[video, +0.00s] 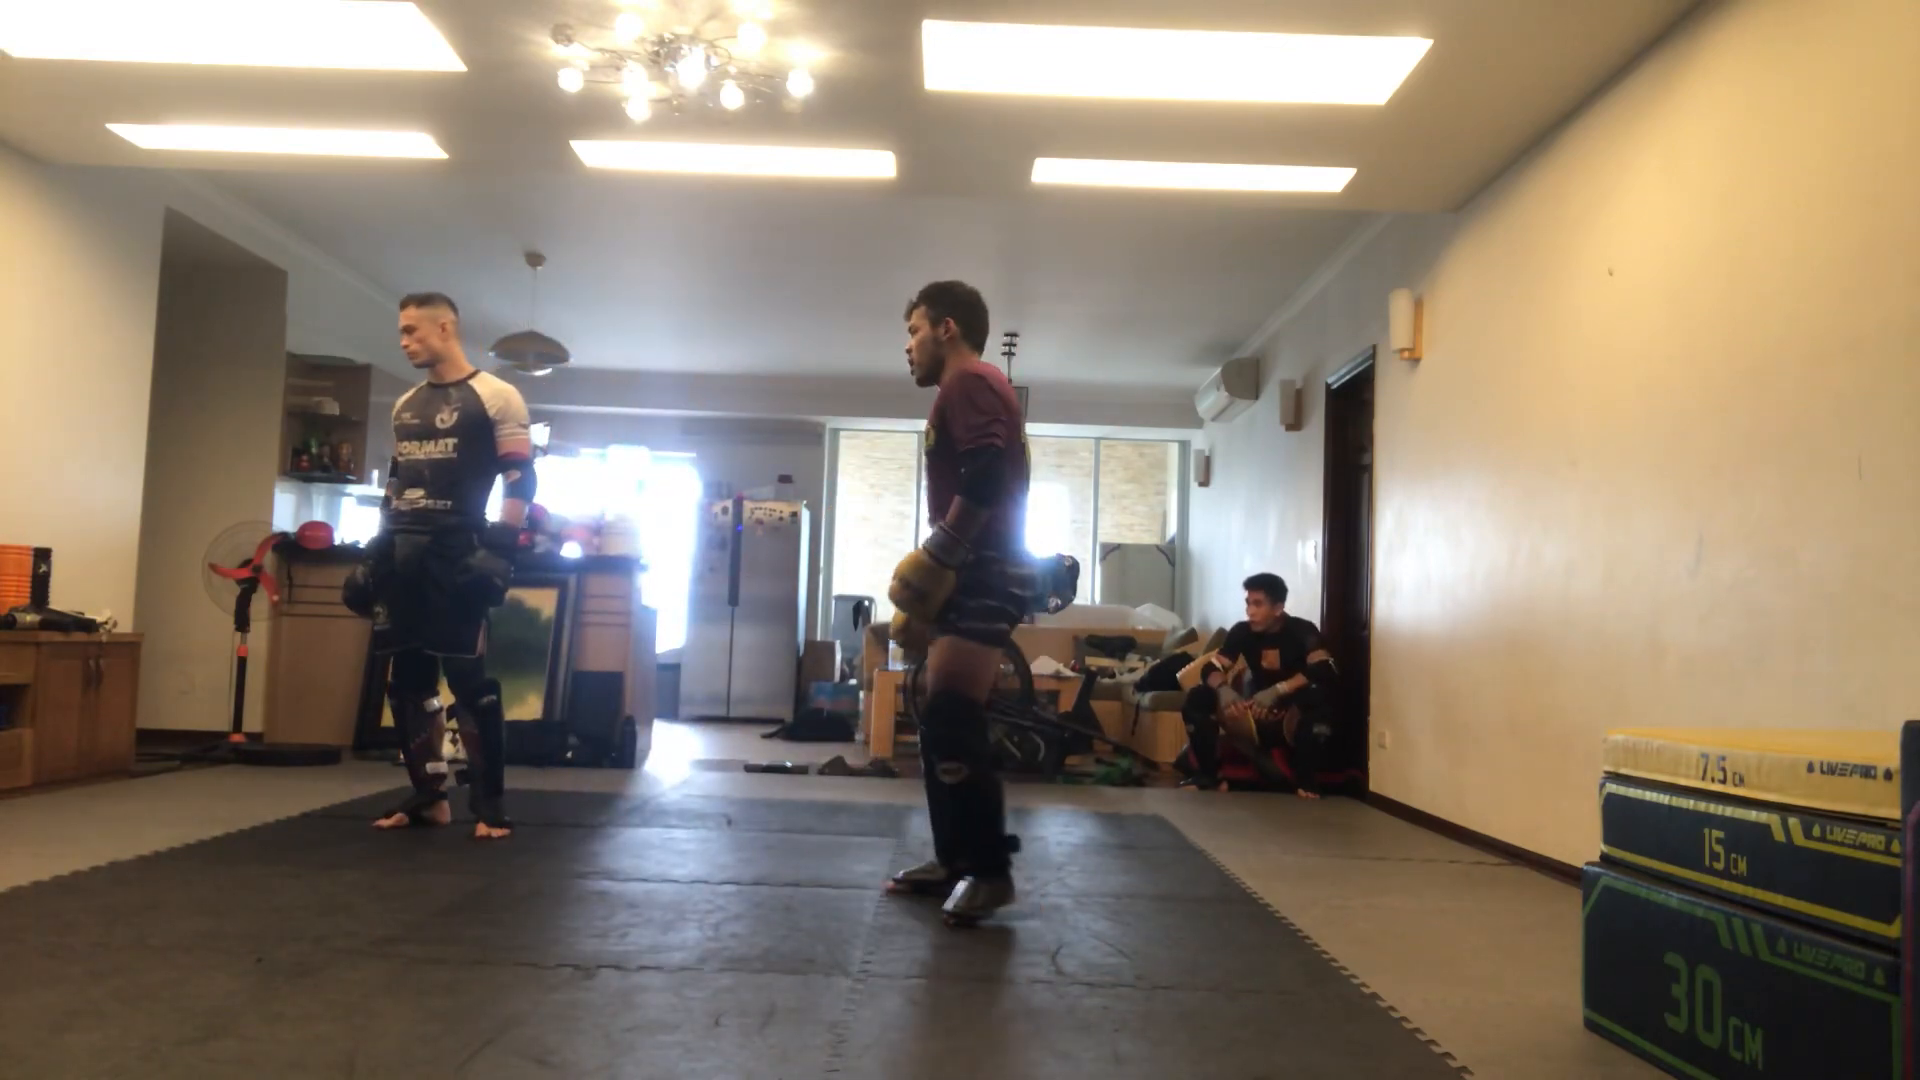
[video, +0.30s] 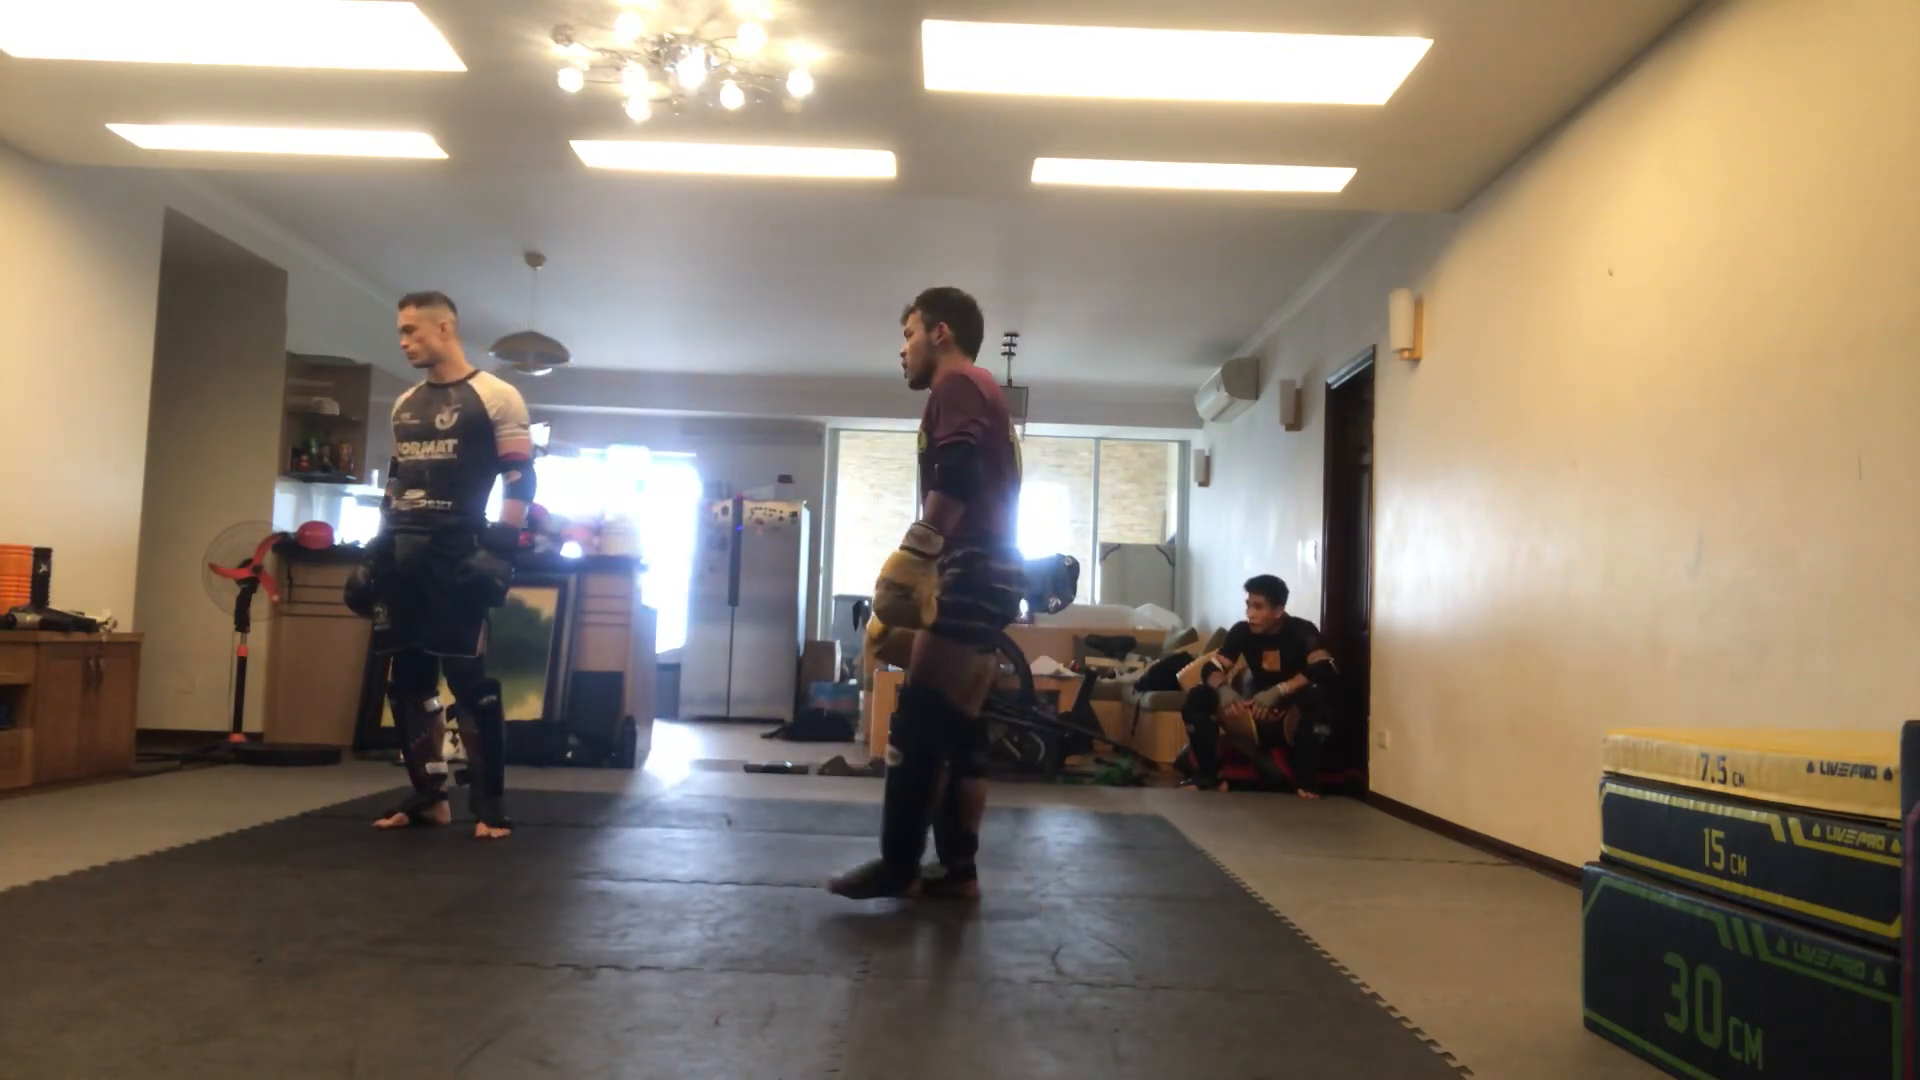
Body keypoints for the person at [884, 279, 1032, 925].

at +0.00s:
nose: (906, 344)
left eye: (913, 330)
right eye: (906, 332)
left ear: (948, 329)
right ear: (956, 332)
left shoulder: (969, 381)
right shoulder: (974, 385)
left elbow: (987, 481)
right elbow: (987, 491)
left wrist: (934, 559)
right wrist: (935, 573)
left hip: (985, 568)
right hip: (973, 568)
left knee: (952, 707)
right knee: (940, 707)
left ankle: (989, 872)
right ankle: (953, 860)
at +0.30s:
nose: (901, 346)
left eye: (908, 332)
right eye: (902, 334)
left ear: (941, 334)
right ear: (950, 337)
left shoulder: (956, 383)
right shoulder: (978, 388)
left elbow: (957, 482)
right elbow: (977, 493)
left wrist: (905, 566)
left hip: (969, 575)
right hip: (986, 574)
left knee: (918, 723)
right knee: (958, 730)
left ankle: (897, 865)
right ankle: (958, 868)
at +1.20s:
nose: (850, 352)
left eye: (855, 338)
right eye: (851, 338)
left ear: (881, 341)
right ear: (904, 343)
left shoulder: (910, 414)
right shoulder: (927, 408)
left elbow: (885, 531)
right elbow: (901, 526)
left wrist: (841, 609)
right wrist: (854, 601)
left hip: (900, 591)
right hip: (913, 588)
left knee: (876, 726)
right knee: (872, 716)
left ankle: (877, 870)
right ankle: (924, 823)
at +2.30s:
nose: (868, 379)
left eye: (871, 367)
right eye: (868, 368)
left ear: (895, 362)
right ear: (913, 364)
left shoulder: (932, 419)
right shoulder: (933, 420)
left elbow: (928, 511)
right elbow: (926, 514)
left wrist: (900, 587)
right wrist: (899, 588)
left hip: (909, 590)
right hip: (926, 591)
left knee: (883, 720)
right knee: (919, 724)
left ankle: (897, 852)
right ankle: (918, 846)